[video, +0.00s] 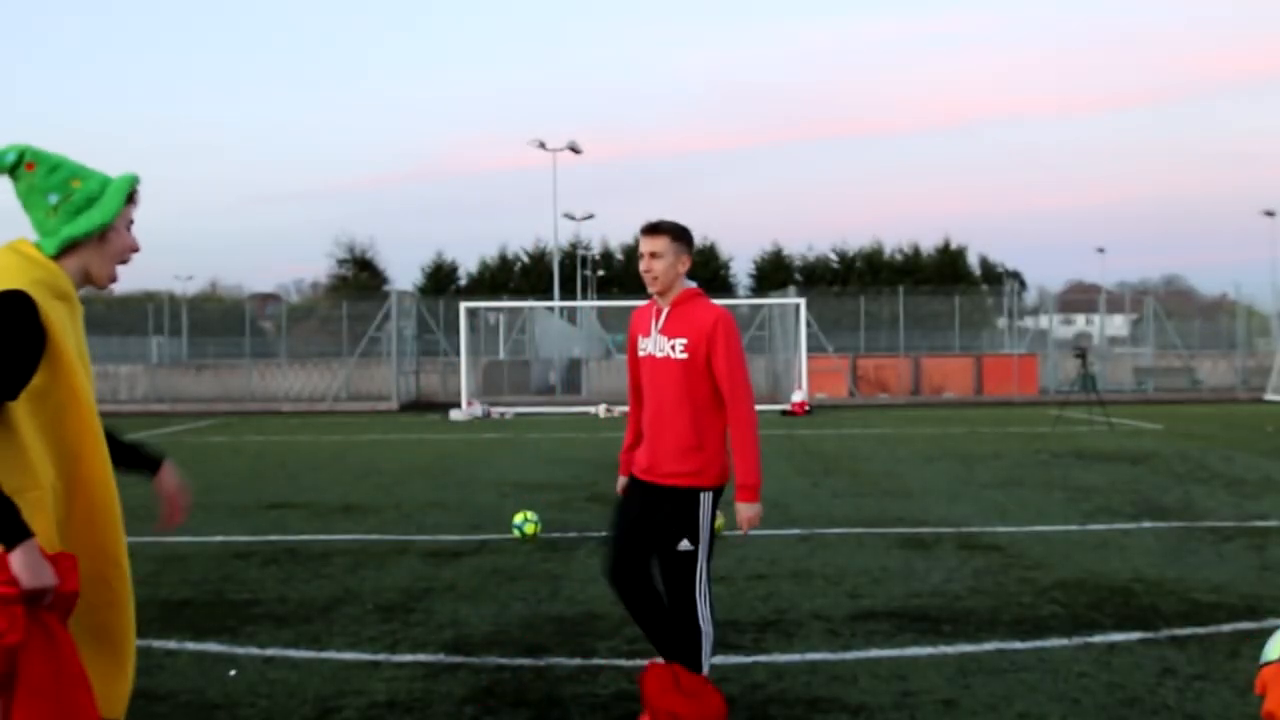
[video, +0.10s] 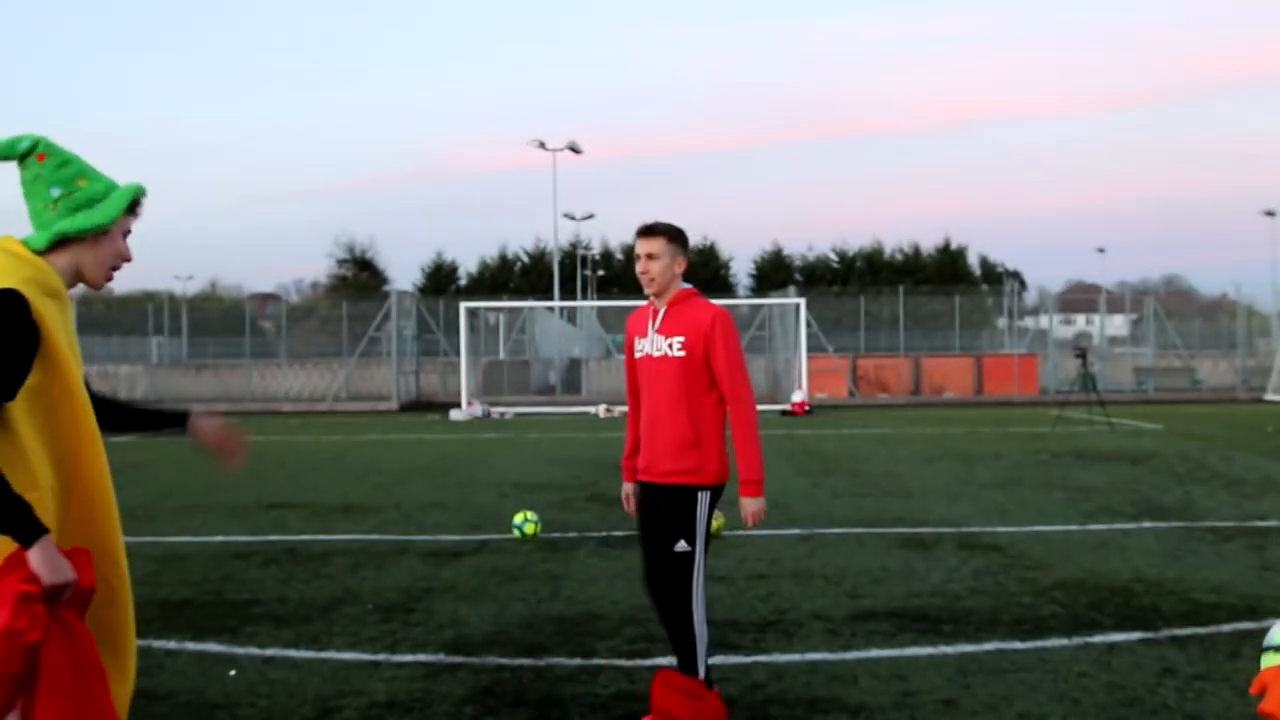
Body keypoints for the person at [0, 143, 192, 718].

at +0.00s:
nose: (134, 245)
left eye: (131, 227)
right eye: (126, 225)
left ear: (82, 228)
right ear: (85, 227)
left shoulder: (52, 303)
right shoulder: (21, 305)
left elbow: (67, 427)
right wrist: (16, 539)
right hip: (24, 581)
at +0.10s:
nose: (127, 256)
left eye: (128, 238)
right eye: (121, 236)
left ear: (76, 233)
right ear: (79, 230)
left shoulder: (45, 304)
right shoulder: (19, 303)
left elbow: (79, 412)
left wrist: (186, 420)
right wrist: (32, 537)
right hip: (21, 581)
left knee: (59, 695)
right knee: (36, 700)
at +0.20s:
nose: (124, 259)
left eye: (124, 241)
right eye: (117, 240)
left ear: (73, 236)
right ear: (74, 233)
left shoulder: (35, 313)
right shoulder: (13, 307)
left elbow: (107, 378)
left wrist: (221, 361)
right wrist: (48, 534)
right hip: (21, 579)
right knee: (27, 698)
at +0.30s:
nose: (119, 259)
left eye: (118, 240)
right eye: (113, 238)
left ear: (69, 235)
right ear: (72, 232)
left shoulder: (37, 313)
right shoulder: (11, 304)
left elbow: (112, 358)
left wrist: (227, 353)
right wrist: (50, 537)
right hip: (18, 581)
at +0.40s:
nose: (107, 262)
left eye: (108, 244)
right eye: (101, 242)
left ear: (57, 237)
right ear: (57, 236)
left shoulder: (26, 307)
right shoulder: (9, 306)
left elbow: (89, 367)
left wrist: (214, 393)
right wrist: (56, 547)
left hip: (31, 582)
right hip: (14, 589)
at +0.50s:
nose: (101, 268)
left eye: (104, 250)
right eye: (98, 248)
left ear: (52, 238)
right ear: (53, 235)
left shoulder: (21, 310)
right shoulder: (8, 310)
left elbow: (75, 410)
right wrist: (61, 545)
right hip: (10, 588)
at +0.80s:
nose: (117, 288)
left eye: (124, 273)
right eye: (119, 266)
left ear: (78, 244)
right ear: (82, 242)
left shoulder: (28, 315)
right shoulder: (11, 321)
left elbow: (14, 454)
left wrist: (56, 499)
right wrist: (35, 502)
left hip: (32, 587)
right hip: (17, 592)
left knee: (41, 699)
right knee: (28, 701)